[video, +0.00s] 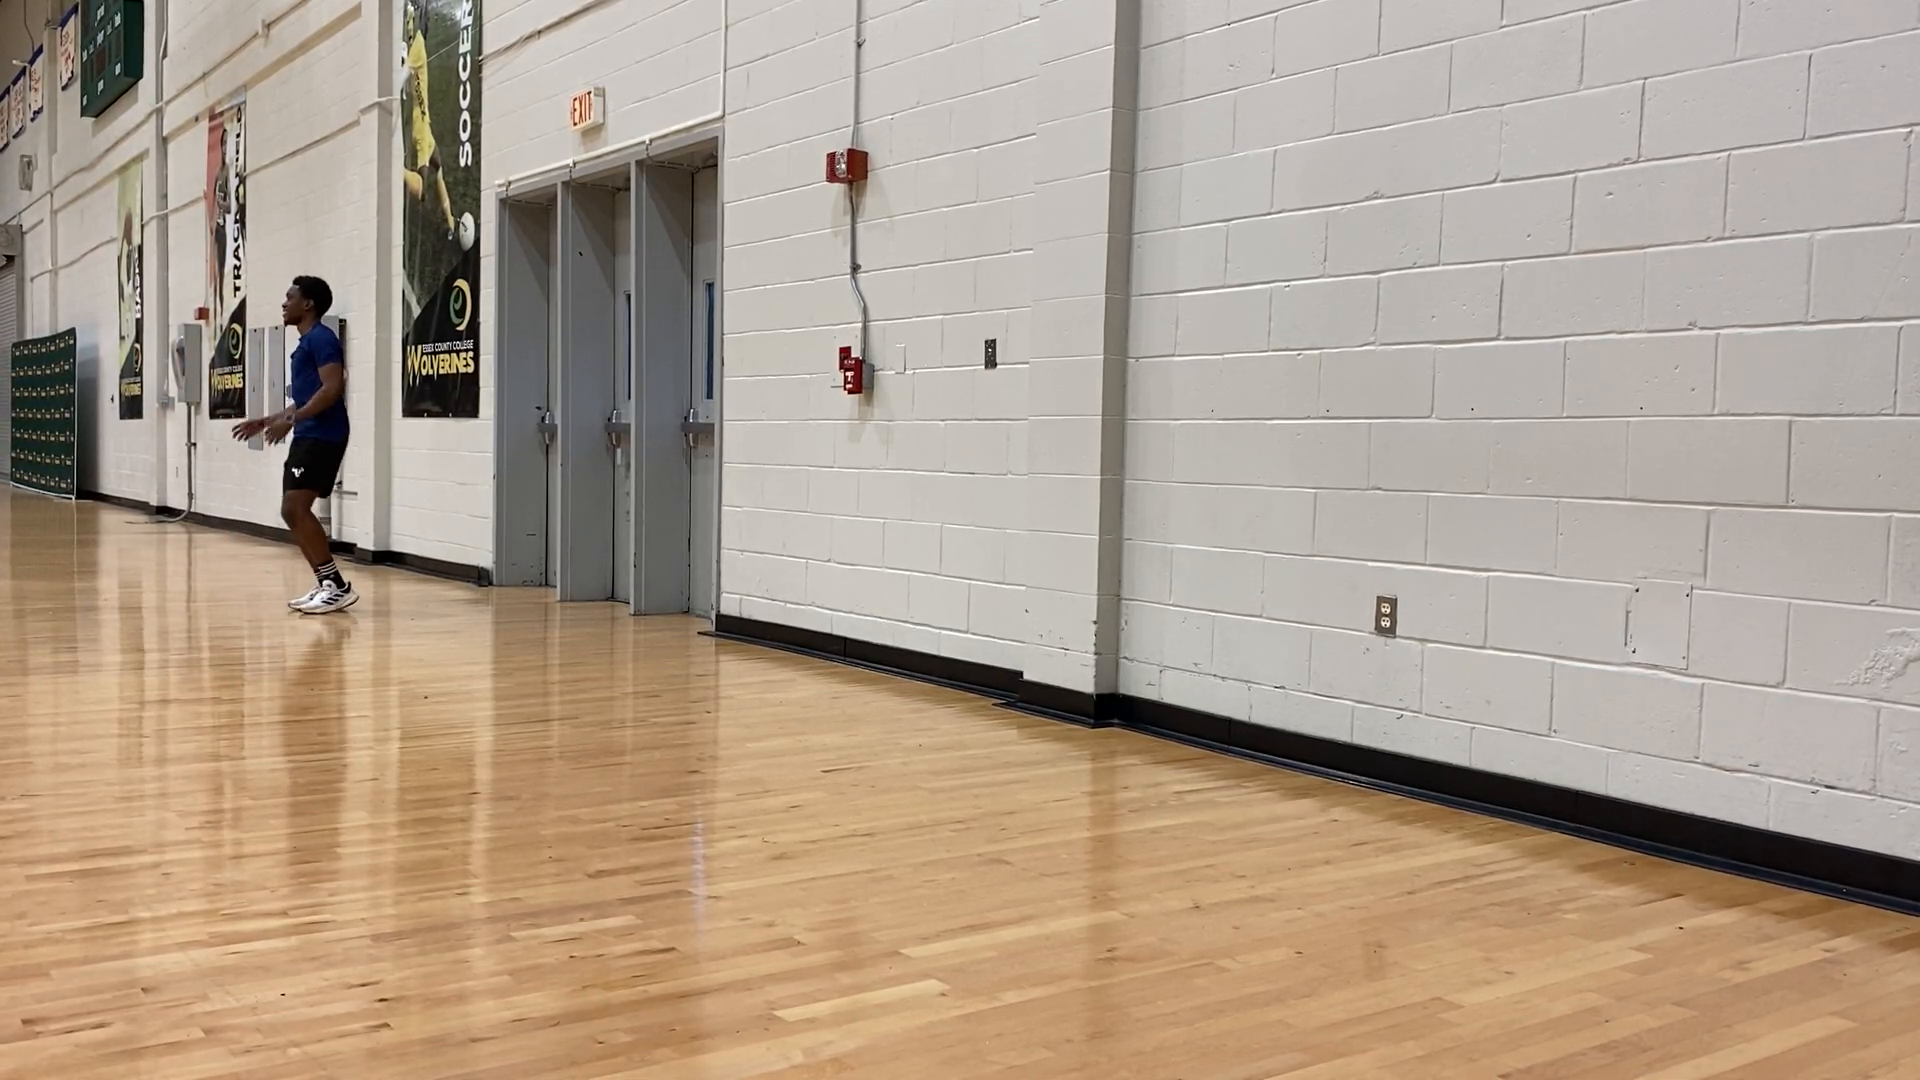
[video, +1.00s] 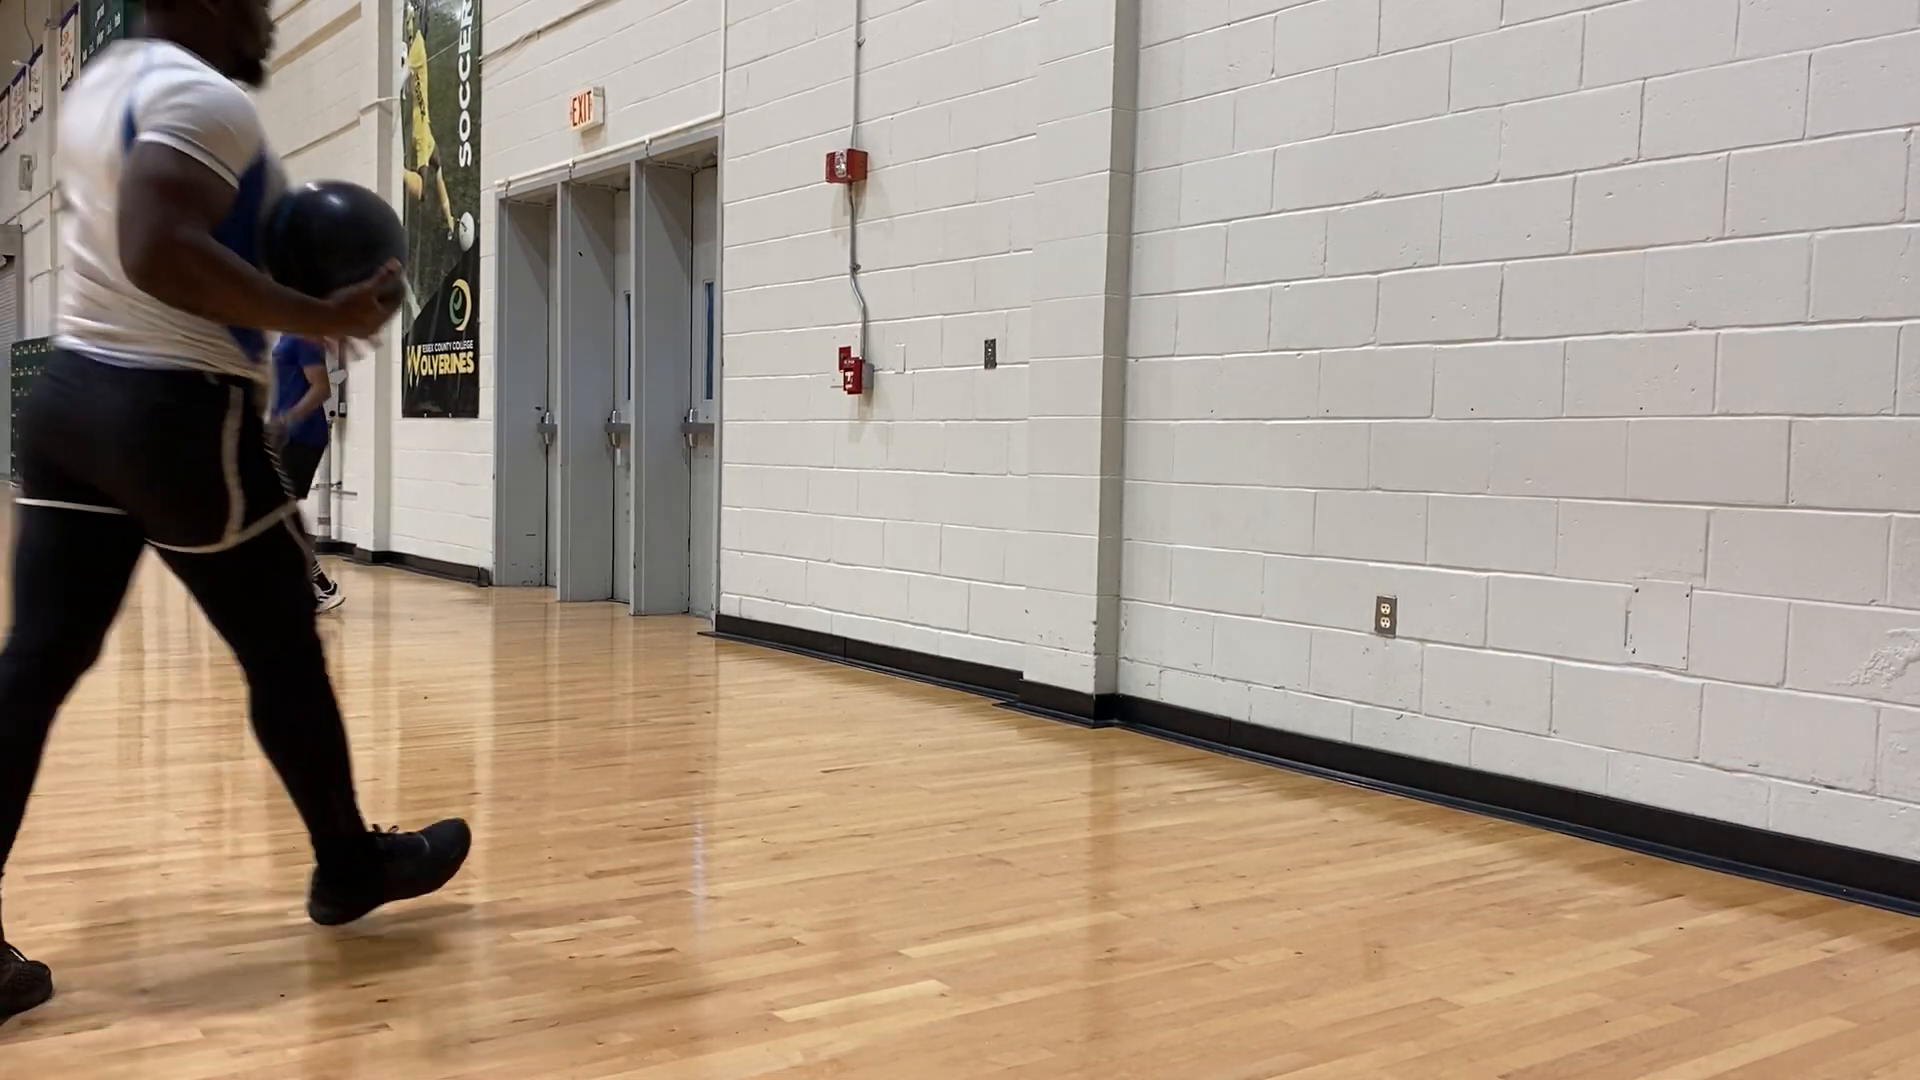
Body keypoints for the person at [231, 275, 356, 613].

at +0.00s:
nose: (283, 303)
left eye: (290, 298)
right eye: (286, 297)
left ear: (309, 304)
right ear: (305, 305)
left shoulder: (321, 338)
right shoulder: (305, 344)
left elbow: (332, 390)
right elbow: (302, 401)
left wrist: (291, 420)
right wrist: (265, 422)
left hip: (323, 436)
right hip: (310, 435)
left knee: (297, 508)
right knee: (291, 510)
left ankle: (335, 586)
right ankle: (326, 585)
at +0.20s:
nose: (288, 295)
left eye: (294, 289)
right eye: (290, 289)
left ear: (314, 296)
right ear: (310, 296)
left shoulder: (321, 322)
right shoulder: (304, 333)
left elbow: (325, 348)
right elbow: (287, 376)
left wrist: (278, 340)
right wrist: (238, 364)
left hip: (320, 430)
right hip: (304, 430)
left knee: (302, 503)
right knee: (294, 505)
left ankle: (334, 584)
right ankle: (326, 582)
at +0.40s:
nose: (285, 285)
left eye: (292, 280)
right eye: (286, 280)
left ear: (307, 286)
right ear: (291, 288)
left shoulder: (316, 311)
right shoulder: (298, 314)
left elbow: (320, 273)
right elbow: (276, 292)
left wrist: (284, 237)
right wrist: (267, 248)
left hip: (315, 410)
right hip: (298, 411)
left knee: (307, 494)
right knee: (291, 497)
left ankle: (335, 577)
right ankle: (317, 577)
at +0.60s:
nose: (285, 289)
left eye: (292, 283)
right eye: (286, 284)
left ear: (306, 292)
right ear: (292, 293)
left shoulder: (313, 320)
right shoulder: (293, 324)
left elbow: (311, 277)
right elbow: (276, 292)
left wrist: (296, 235)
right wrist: (278, 254)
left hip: (312, 422)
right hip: (294, 424)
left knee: (303, 500)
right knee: (286, 504)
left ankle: (338, 582)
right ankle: (320, 580)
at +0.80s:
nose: (286, 275)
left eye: (291, 270)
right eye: (289, 269)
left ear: (302, 277)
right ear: (306, 279)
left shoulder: (310, 304)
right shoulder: (294, 313)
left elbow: (325, 337)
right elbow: (281, 360)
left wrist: (288, 342)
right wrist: (242, 356)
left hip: (304, 407)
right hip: (288, 407)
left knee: (292, 489)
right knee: (288, 490)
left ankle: (317, 573)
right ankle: (311, 572)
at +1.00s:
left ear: (299, 305)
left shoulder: (303, 339)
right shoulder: (288, 338)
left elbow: (321, 387)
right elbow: (294, 385)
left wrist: (288, 418)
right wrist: (276, 417)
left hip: (305, 432)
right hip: (290, 430)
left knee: (283, 507)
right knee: (281, 506)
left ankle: (321, 585)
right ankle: (313, 584)